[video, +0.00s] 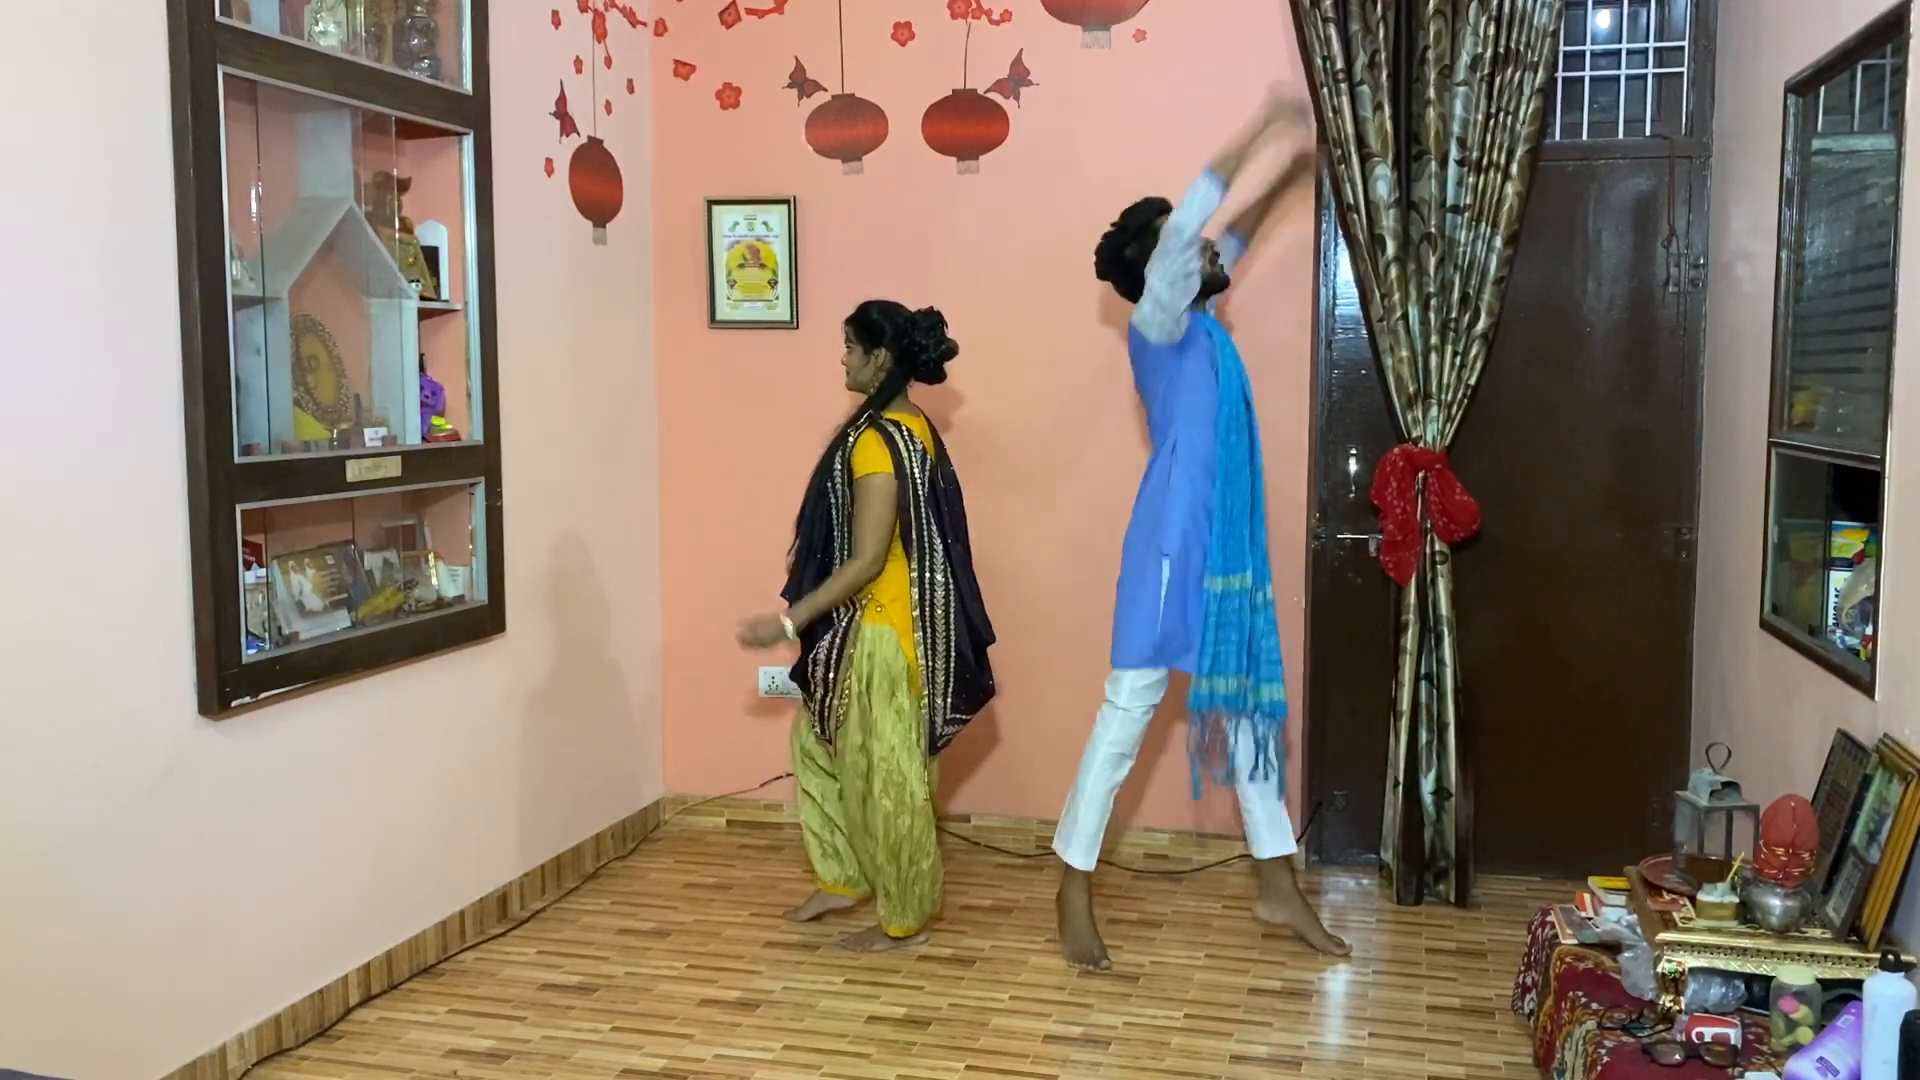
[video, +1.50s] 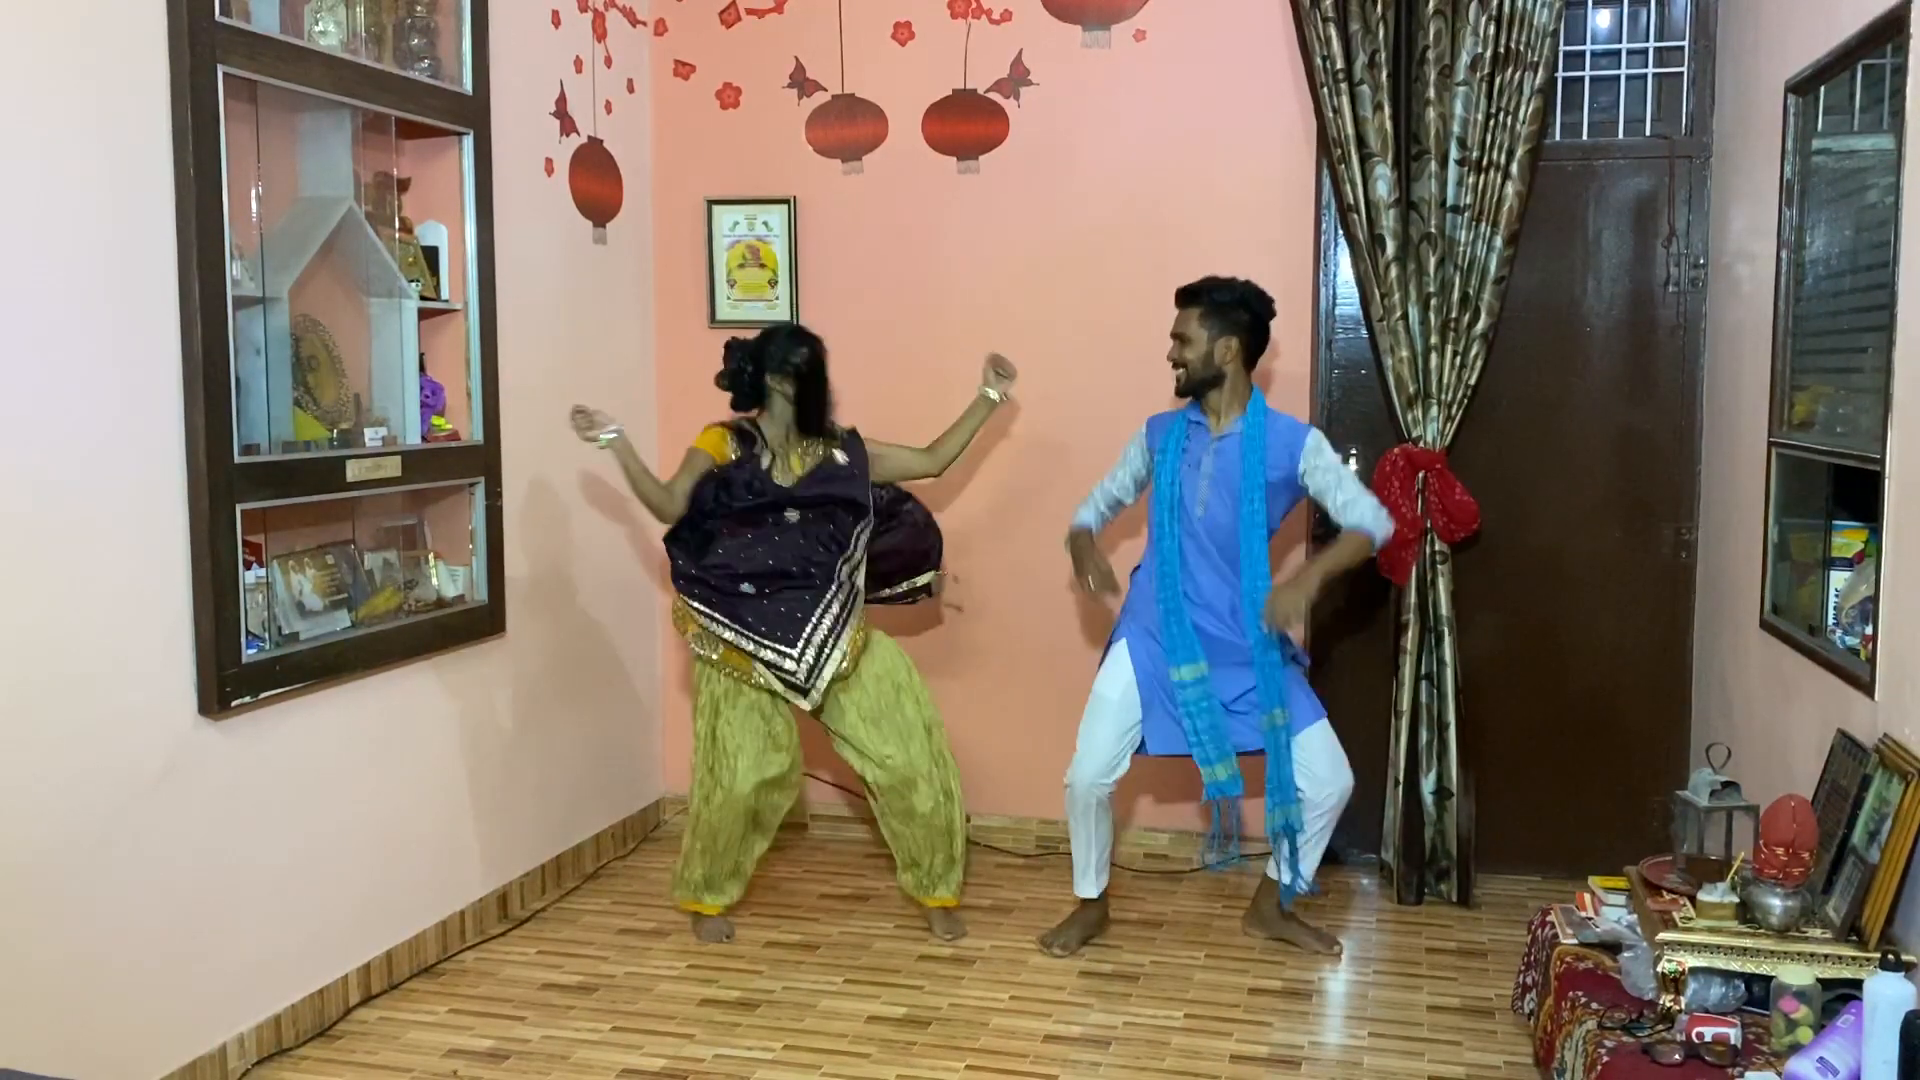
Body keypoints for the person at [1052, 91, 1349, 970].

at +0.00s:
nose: (1205, 255)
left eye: (1198, 246)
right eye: (1190, 248)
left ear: (1175, 270)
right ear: (1155, 269)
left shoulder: (1201, 321)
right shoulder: (1158, 326)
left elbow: (1234, 225)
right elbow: (1177, 230)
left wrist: (1288, 157)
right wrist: (1255, 129)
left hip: (1230, 540)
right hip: (1170, 539)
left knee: (1253, 700)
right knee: (1131, 707)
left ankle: (1278, 880)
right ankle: (1075, 885)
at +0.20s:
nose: (1202, 251)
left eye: (1192, 242)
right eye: (1183, 245)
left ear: (1164, 274)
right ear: (1155, 274)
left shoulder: (1219, 325)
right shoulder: (1173, 336)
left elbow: (1241, 247)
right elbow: (1191, 247)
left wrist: (1266, 171)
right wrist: (1247, 161)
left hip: (1250, 557)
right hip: (1193, 558)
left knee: (1258, 714)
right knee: (1144, 718)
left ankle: (1268, 890)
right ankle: (1076, 890)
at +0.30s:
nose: (1206, 262)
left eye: (1196, 253)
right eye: (1189, 260)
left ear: (1180, 287)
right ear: (1162, 293)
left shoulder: (1207, 346)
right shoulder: (1164, 353)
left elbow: (1244, 345)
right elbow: (1198, 350)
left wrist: (1267, 323)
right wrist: (1254, 322)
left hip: (1254, 568)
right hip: (1200, 571)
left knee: (1260, 725)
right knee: (1147, 728)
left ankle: (1264, 898)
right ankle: (1064, 890)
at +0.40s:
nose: (1213, 284)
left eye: (1202, 274)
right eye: (1195, 280)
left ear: (1174, 310)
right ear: (1165, 311)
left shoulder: (1218, 385)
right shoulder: (1166, 394)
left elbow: (1221, 495)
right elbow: (1169, 508)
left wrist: (1299, 479)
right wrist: (1280, 478)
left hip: (1251, 598)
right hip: (1194, 601)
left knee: (1288, 738)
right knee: (1165, 763)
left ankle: (1268, 901)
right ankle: (1065, 898)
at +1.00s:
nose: (1266, 325)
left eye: (1262, 313)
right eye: (1252, 315)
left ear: (1228, 328)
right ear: (1208, 332)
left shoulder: (1260, 414)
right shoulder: (1170, 407)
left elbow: (1295, 491)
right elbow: (1166, 496)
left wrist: (1361, 521)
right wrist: (1170, 572)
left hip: (1259, 619)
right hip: (1186, 615)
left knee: (1313, 757)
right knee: (1158, 787)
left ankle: (1268, 902)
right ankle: (1038, 892)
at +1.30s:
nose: (1191, 364)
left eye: (1207, 350)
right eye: (1184, 353)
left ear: (1252, 357)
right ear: (1179, 360)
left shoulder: (1278, 452)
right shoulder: (1162, 447)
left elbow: (1291, 565)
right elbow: (1136, 548)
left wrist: (1339, 654)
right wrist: (1138, 640)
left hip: (1256, 652)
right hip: (1174, 652)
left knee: (1344, 758)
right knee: (1143, 800)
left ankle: (1269, 902)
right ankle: (1101, 906)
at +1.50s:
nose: (1170, 352)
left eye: (1183, 340)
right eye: (1171, 339)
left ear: (1232, 350)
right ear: (1218, 351)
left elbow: (1369, 522)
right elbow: (1092, 512)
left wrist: (1304, 579)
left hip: (1247, 645)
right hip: (1153, 637)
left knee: (1327, 780)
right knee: (1088, 775)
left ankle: (1271, 903)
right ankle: (1090, 902)